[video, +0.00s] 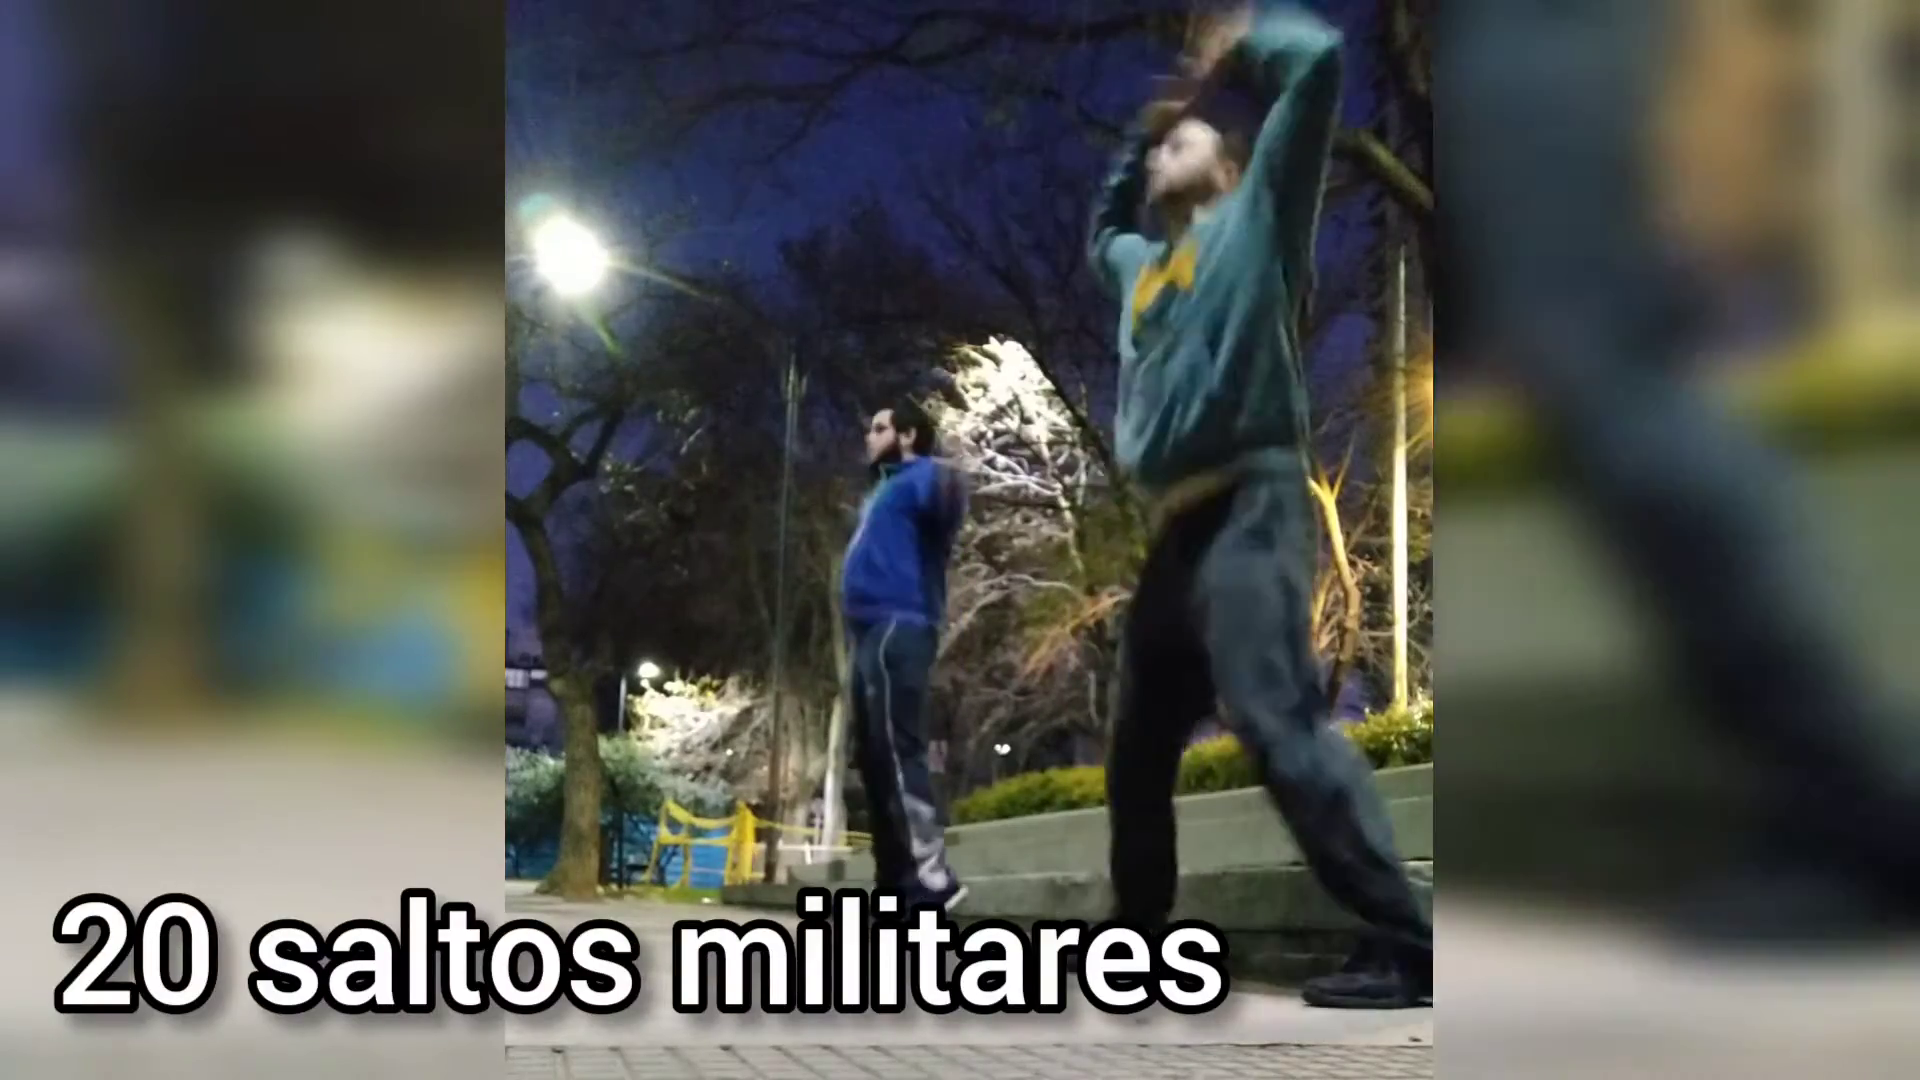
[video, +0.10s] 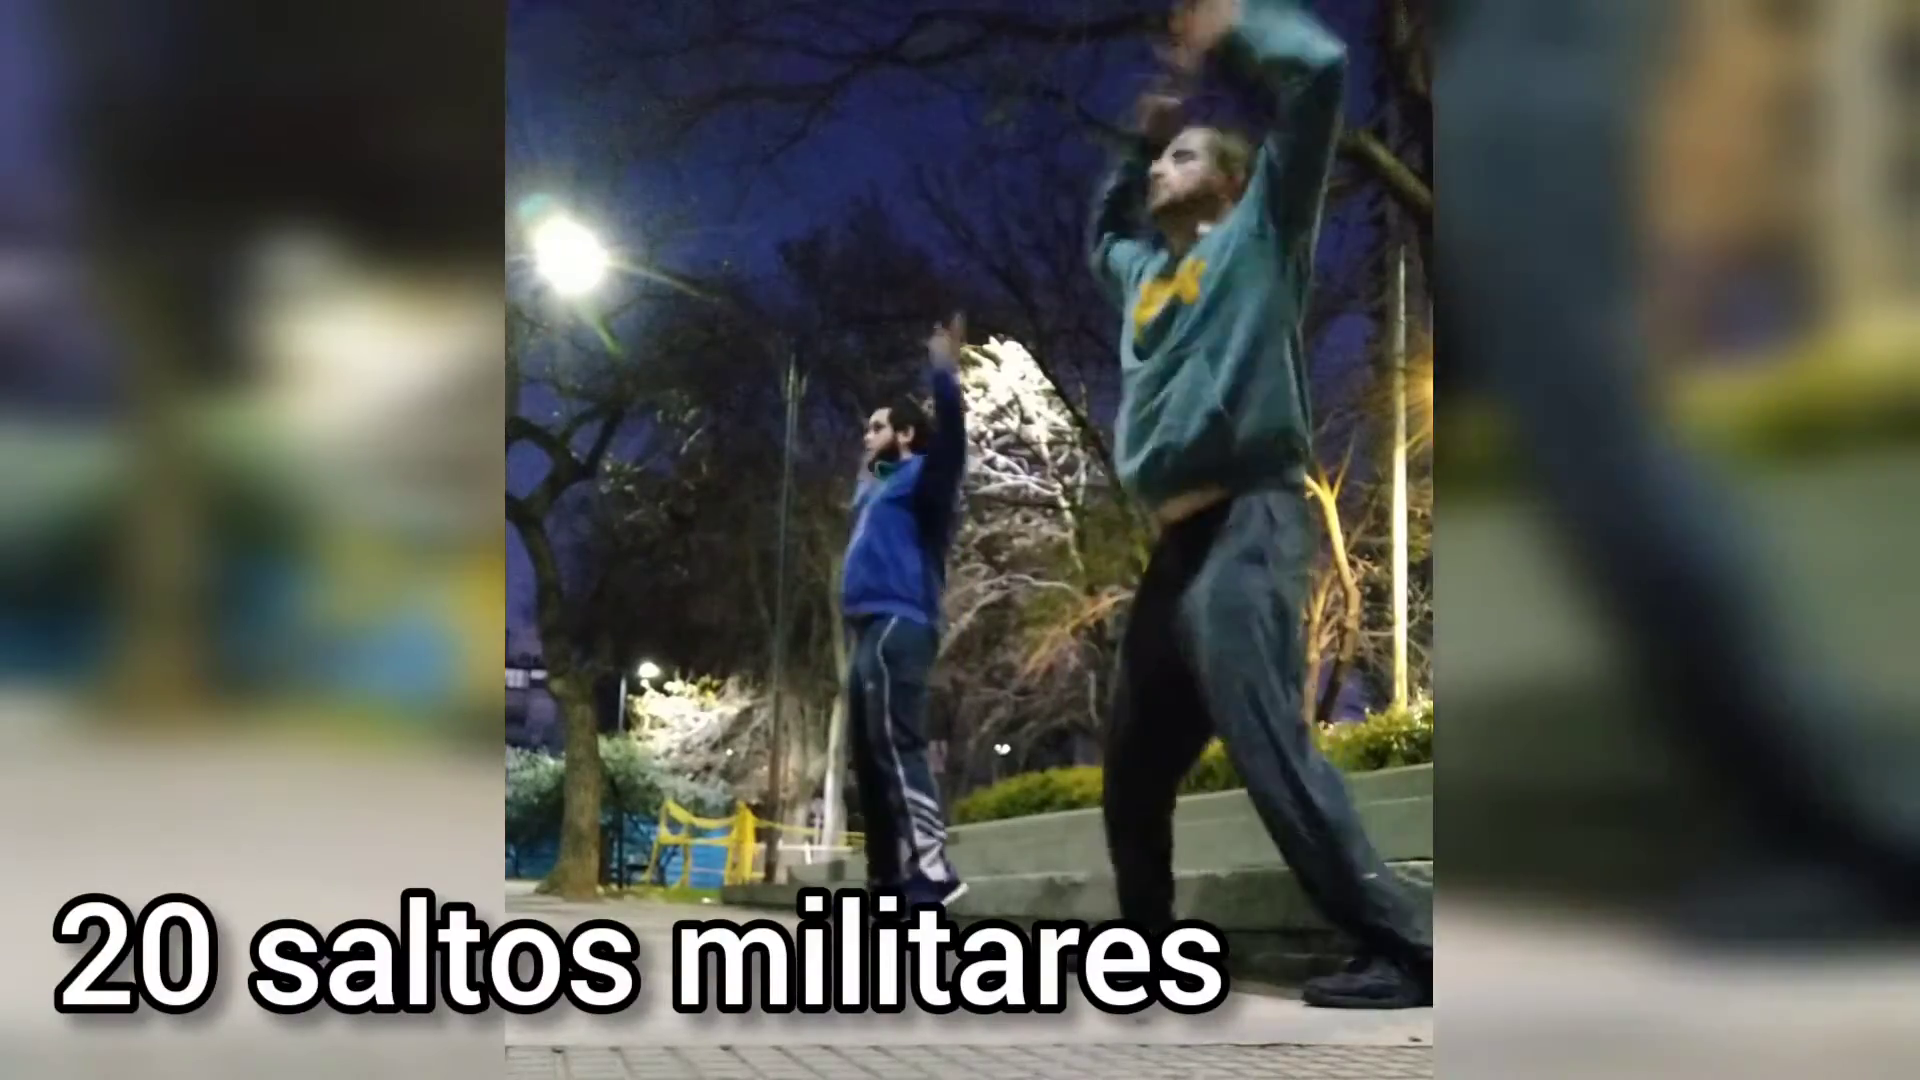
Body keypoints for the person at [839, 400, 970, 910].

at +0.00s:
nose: (868, 437)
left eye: (878, 429)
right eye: (870, 429)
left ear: (907, 436)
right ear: (895, 438)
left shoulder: (922, 475)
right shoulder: (882, 488)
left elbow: (941, 501)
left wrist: (946, 475)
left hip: (901, 623)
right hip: (869, 625)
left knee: (896, 748)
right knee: (872, 755)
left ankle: (930, 879)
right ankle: (894, 880)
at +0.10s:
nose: (871, 436)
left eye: (881, 427)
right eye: (870, 429)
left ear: (910, 435)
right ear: (883, 444)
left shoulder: (925, 480)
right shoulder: (877, 489)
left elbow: (950, 436)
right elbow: (861, 493)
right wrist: (870, 453)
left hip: (901, 619)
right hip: (864, 623)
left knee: (896, 745)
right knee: (867, 757)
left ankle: (931, 873)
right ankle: (887, 877)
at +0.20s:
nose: (869, 461)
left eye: (878, 451)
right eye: (872, 451)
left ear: (903, 456)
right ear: (887, 461)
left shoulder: (924, 501)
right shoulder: (878, 511)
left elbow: (933, 435)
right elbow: (855, 500)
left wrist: (919, 382)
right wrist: (874, 450)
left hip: (904, 642)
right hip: (867, 647)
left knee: (889, 768)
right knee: (868, 774)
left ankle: (921, 886)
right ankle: (891, 883)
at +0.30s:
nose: (858, 487)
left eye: (867, 478)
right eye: (858, 479)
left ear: (893, 479)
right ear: (868, 487)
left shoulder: (920, 515)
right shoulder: (869, 538)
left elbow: (922, 442)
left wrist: (905, 414)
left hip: (903, 660)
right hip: (863, 666)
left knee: (887, 792)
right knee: (853, 801)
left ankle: (930, 902)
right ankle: (888, 898)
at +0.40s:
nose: (859, 454)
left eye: (868, 445)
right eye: (860, 446)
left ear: (898, 450)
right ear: (878, 455)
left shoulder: (920, 491)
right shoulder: (877, 501)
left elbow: (945, 431)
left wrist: (930, 360)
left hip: (898, 633)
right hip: (860, 635)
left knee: (897, 765)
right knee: (865, 772)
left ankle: (923, 890)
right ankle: (881, 885)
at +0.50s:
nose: (858, 439)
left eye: (867, 430)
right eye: (859, 431)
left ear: (897, 438)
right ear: (881, 440)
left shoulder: (914, 474)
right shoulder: (878, 488)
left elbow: (955, 456)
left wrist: (959, 408)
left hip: (894, 623)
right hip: (866, 624)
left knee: (886, 754)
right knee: (863, 760)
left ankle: (919, 885)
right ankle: (889, 884)